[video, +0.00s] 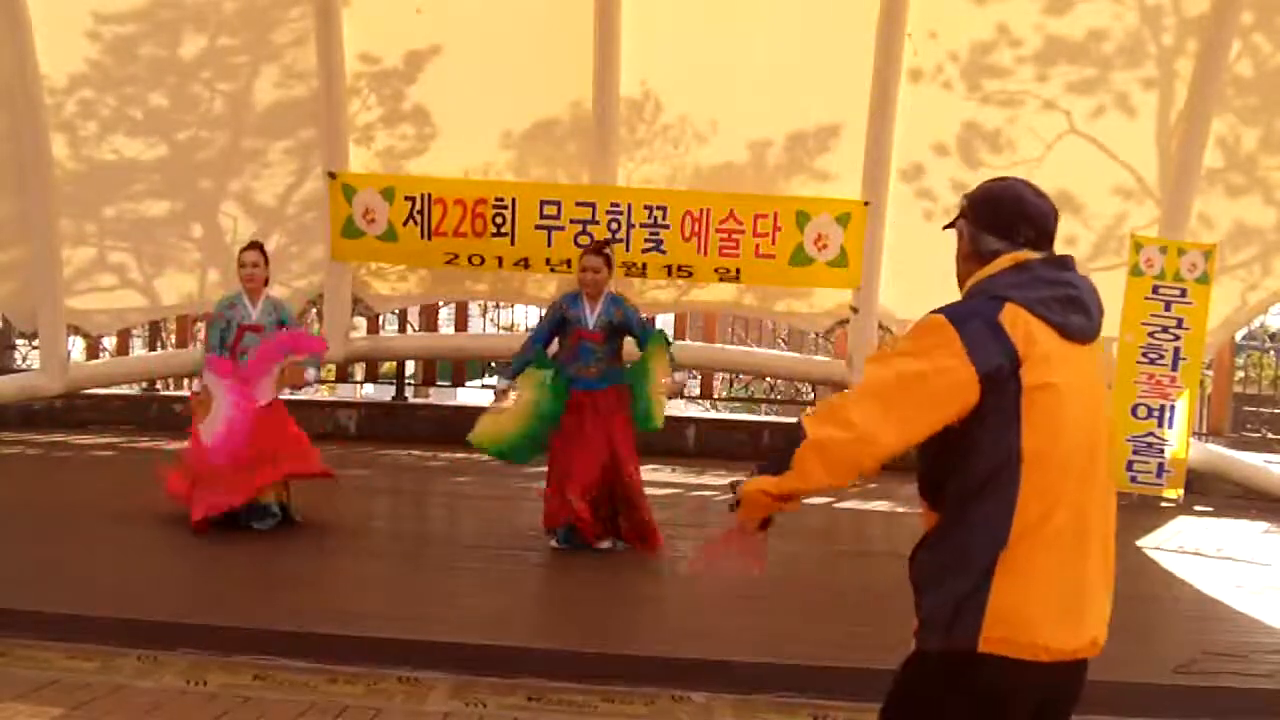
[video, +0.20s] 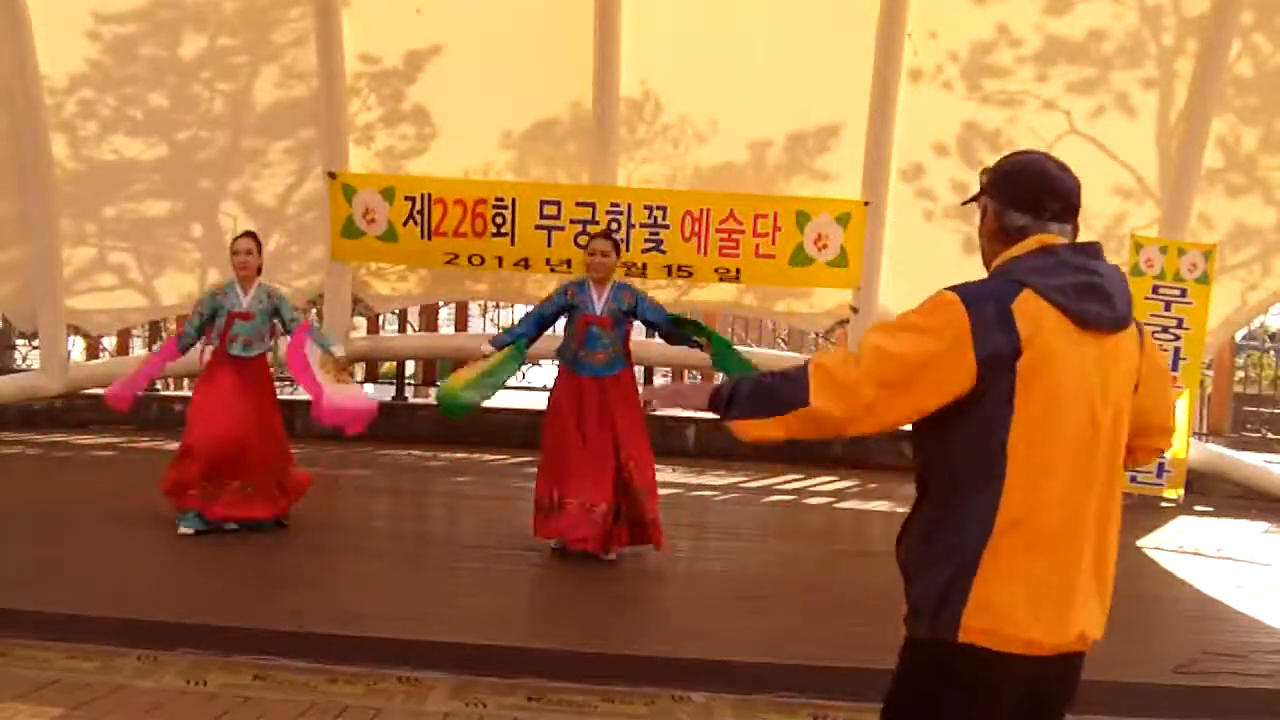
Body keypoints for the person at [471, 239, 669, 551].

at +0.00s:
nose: (589, 277)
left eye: (596, 271)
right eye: (584, 270)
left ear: (609, 275)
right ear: (578, 273)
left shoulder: (619, 308)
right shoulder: (565, 305)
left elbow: (650, 339)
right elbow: (536, 342)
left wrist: (656, 372)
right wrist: (509, 376)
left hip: (609, 391)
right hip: (571, 392)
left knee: (609, 457)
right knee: (568, 458)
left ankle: (606, 528)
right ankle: (565, 525)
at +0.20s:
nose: (597, 260)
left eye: (605, 255)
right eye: (592, 254)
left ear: (616, 260)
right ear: (584, 257)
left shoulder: (629, 296)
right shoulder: (570, 293)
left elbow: (665, 324)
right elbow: (533, 323)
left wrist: (698, 337)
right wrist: (495, 344)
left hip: (614, 388)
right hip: (573, 386)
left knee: (615, 457)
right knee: (570, 456)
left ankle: (609, 537)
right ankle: (568, 533)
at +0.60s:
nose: (604, 247)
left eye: (611, 243)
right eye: (598, 242)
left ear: (623, 252)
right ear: (590, 249)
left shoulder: (636, 285)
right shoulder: (575, 283)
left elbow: (678, 281)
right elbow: (528, 273)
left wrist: (715, 269)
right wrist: (483, 255)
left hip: (622, 380)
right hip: (583, 379)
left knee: (618, 455)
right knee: (586, 456)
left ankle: (608, 541)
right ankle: (590, 544)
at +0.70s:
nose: (604, 247)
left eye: (611, 242)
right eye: (598, 242)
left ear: (623, 250)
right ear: (589, 249)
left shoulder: (635, 286)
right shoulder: (575, 282)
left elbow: (679, 274)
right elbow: (531, 262)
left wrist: (717, 254)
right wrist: (489, 231)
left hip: (623, 381)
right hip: (583, 380)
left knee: (621, 457)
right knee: (585, 457)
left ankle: (615, 541)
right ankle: (589, 546)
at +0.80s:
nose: (604, 247)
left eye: (612, 241)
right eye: (598, 241)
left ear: (624, 250)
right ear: (588, 248)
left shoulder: (634, 283)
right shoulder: (576, 280)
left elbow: (676, 268)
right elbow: (538, 252)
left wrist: (712, 246)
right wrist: (499, 215)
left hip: (622, 380)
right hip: (581, 379)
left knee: (620, 459)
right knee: (584, 458)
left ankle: (617, 549)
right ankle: (591, 547)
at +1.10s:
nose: (607, 251)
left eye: (615, 245)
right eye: (600, 244)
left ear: (625, 253)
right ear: (588, 251)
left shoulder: (634, 287)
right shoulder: (577, 283)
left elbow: (662, 263)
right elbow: (553, 239)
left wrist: (668, 214)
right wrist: (541, 185)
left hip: (625, 389)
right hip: (583, 388)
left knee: (624, 467)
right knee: (585, 466)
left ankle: (616, 556)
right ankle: (590, 556)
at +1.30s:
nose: (607, 254)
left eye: (614, 248)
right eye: (600, 247)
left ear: (624, 256)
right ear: (587, 253)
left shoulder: (631, 291)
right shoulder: (576, 286)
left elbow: (647, 270)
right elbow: (562, 245)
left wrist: (646, 230)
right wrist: (565, 191)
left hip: (623, 395)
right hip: (579, 393)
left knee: (624, 474)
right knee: (576, 473)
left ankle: (623, 564)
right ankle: (575, 565)